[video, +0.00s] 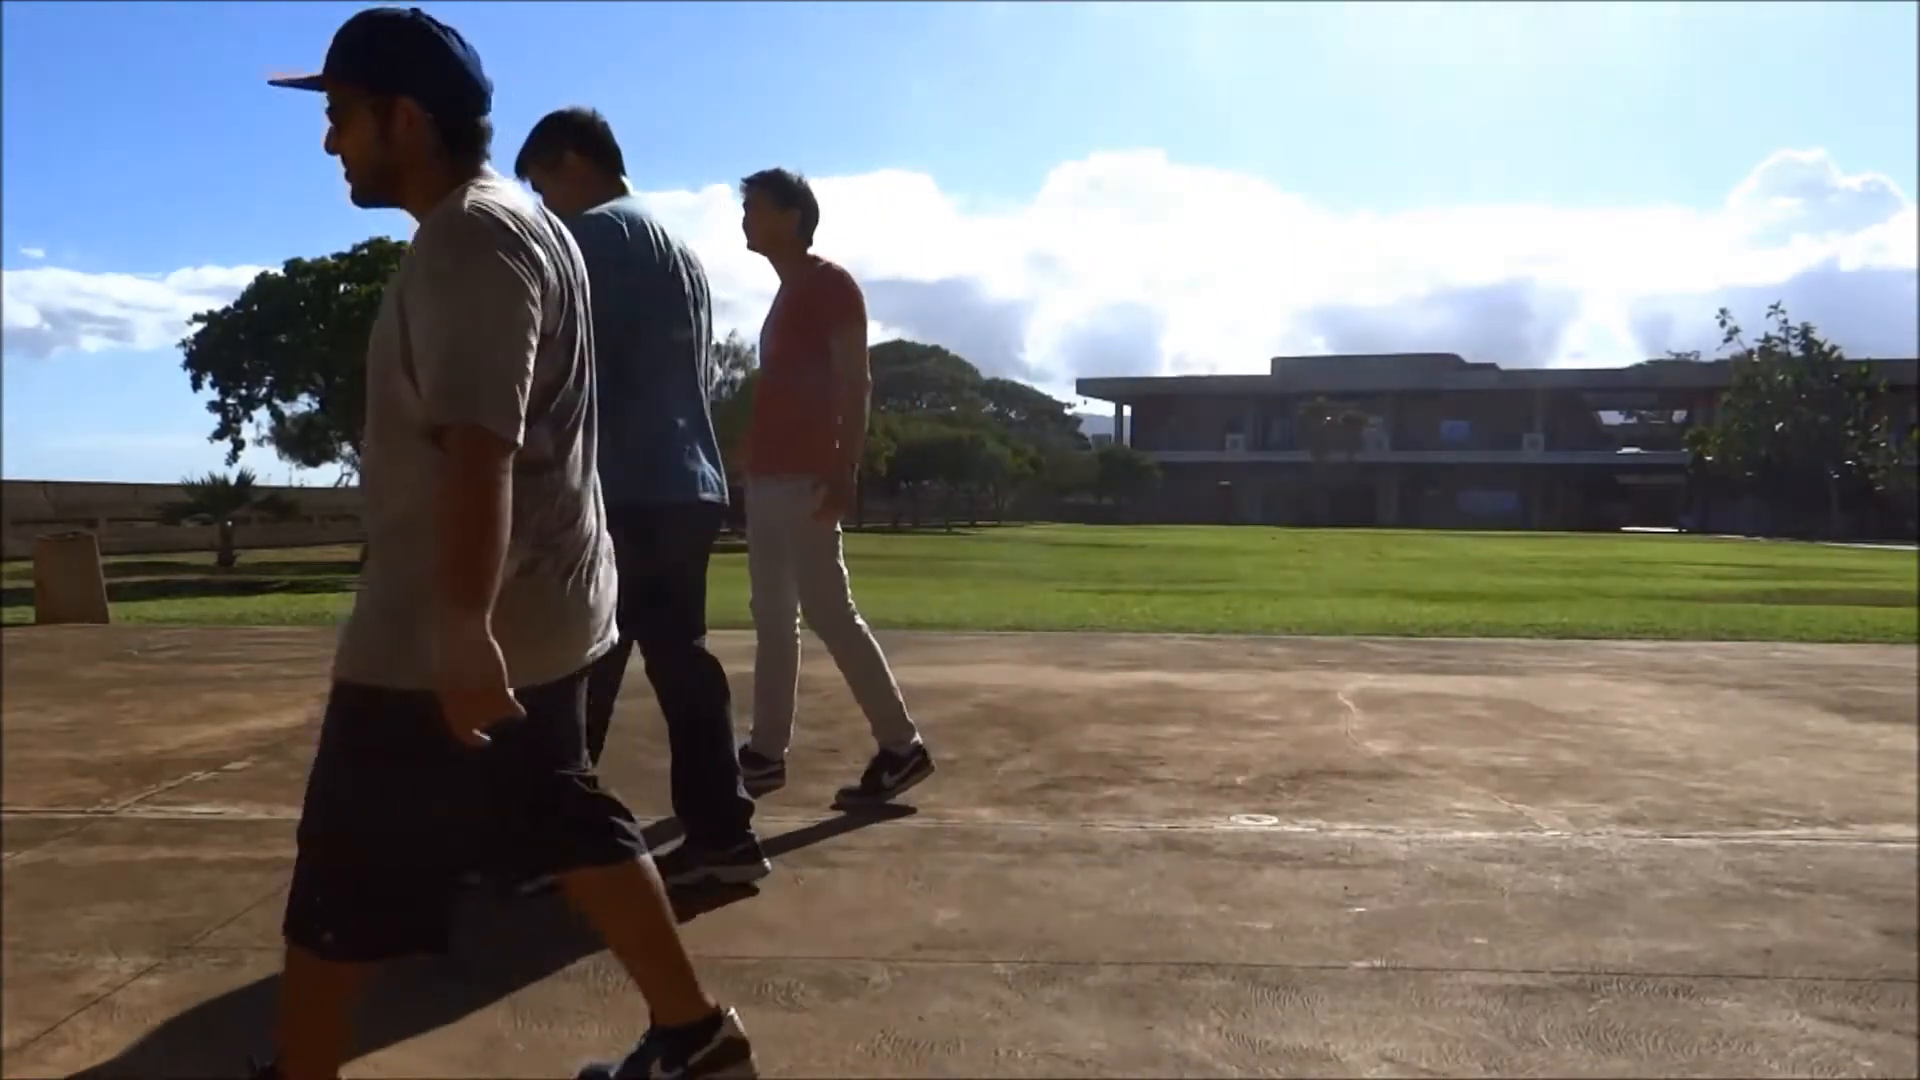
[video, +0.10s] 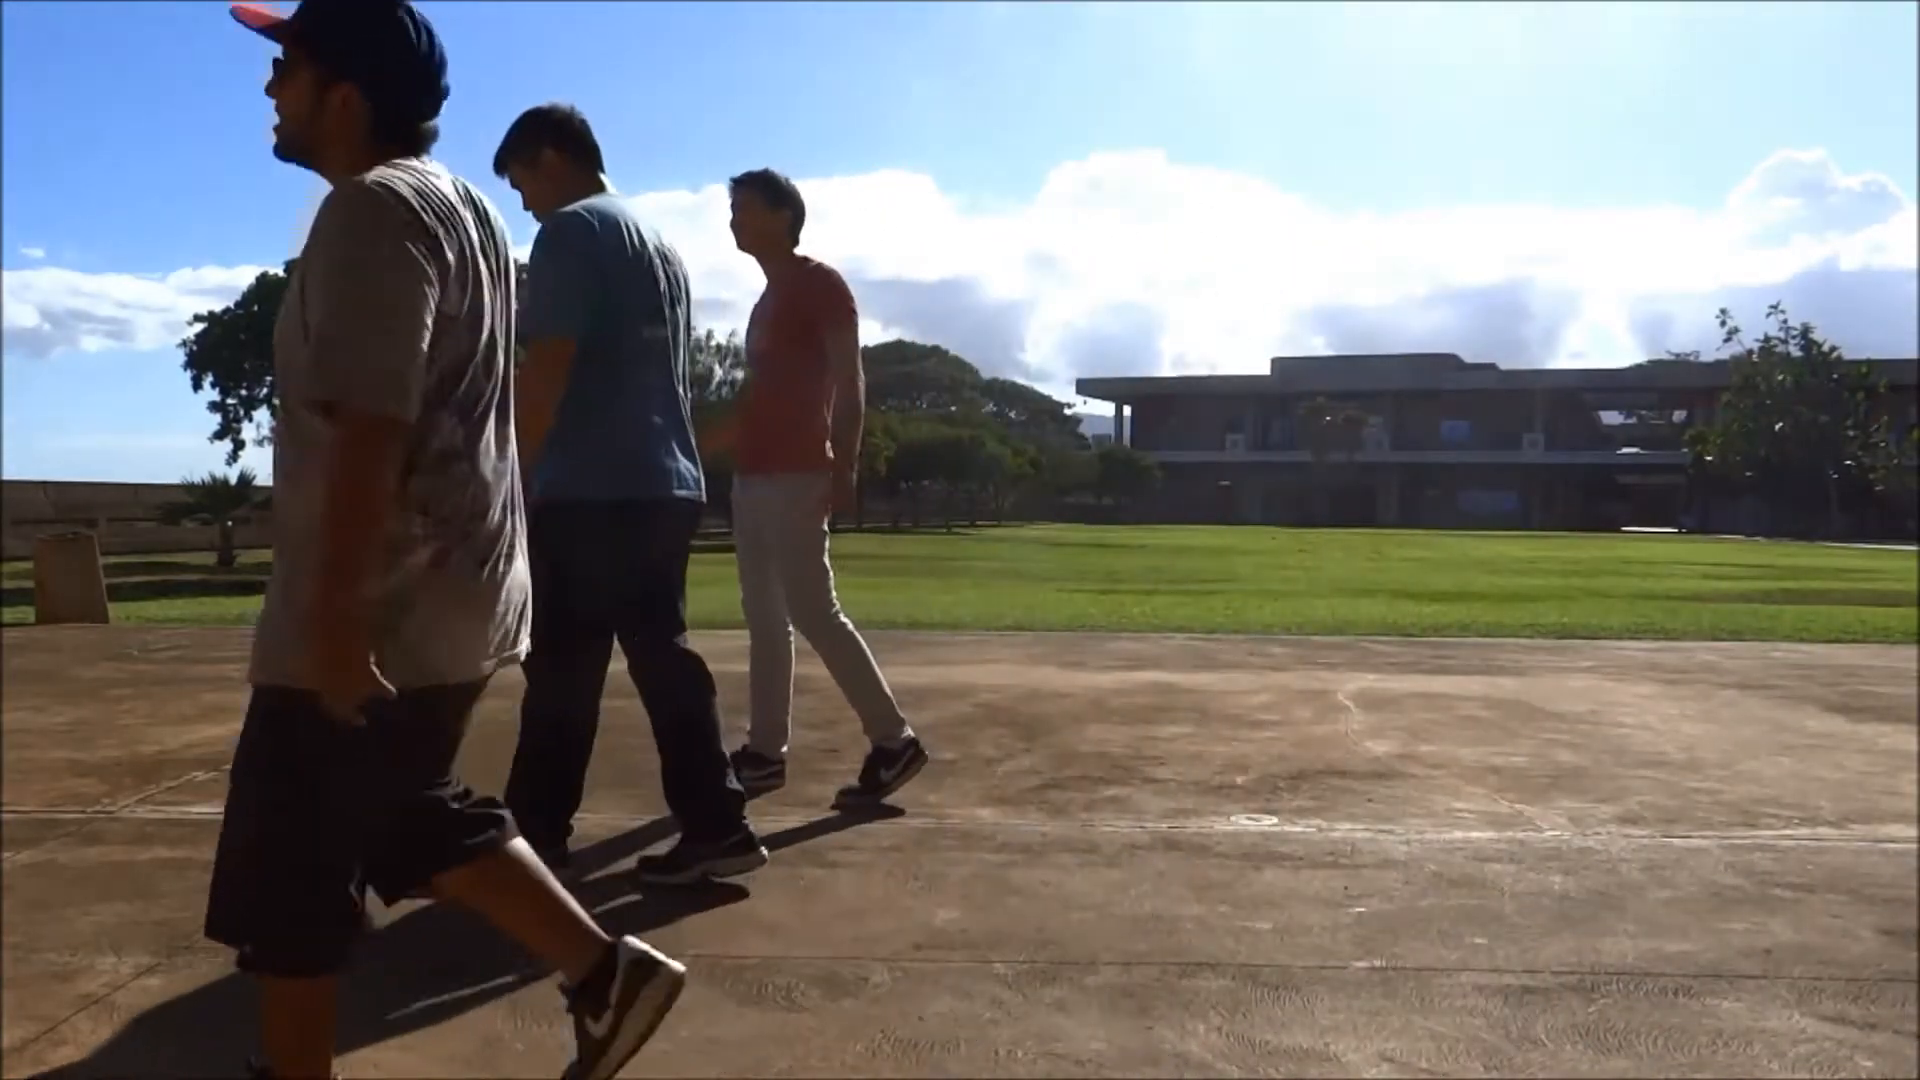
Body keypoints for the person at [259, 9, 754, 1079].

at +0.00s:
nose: (329, 142)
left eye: (341, 116)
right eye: (329, 118)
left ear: (407, 116)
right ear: (433, 119)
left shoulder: (467, 241)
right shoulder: (534, 230)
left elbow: (479, 445)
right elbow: (543, 437)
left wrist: (465, 625)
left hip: (423, 647)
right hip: (536, 622)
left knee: (336, 895)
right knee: (563, 811)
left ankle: (299, 1064)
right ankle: (690, 1025)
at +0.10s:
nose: (271, 90)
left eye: (286, 70)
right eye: (276, 70)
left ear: (344, 93)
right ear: (386, 100)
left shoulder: (371, 210)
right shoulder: (459, 206)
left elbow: (371, 427)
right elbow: (469, 414)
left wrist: (333, 615)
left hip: (354, 623)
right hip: (449, 608)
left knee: (285, 902)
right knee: (410, 816)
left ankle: (296, 1069)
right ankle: (601, 969)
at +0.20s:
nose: (227, 59)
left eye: (239, 39)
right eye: (235, 37)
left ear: (287, 64)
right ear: (348, 72)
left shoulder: (289, 153)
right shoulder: (415, 182)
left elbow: (272, 363)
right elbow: (441, 369)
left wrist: (199, 537)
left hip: (311, 562)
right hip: (404, 556)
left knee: (256, 815)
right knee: (311, 773)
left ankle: (296, 1062)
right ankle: (453, 946)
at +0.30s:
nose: (189, 27)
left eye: (204, 16)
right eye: (201, 13)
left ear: (233, 48)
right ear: (320, 66)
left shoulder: (227, 171)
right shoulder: (374, 195)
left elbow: (154, 362)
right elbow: (401, 361)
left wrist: (35, 495)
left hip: (255, 562)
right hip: (344, 554)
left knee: (261, 816)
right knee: (254, 785)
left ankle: (300, 1065)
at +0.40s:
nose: (137, 55)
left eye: (154, 37)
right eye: (151, 34)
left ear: (188, 65)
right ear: (264, 83)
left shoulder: (143, 199)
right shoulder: (315, 214)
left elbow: (21, 391)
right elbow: (341, 391)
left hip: (193, 587)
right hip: (298, 571)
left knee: (260, 840)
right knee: (138, 801)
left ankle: (294, 1064)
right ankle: (101, 1017)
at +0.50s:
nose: (88, 76)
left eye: (104, 56)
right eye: (99, 53)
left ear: (138, 81)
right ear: (214, 101)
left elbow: (6, 339)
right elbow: (286, 400)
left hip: (124, 585)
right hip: (246, 574)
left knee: (205, 820)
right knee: (96, 803)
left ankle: (290, 1064)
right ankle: (29, 1020)